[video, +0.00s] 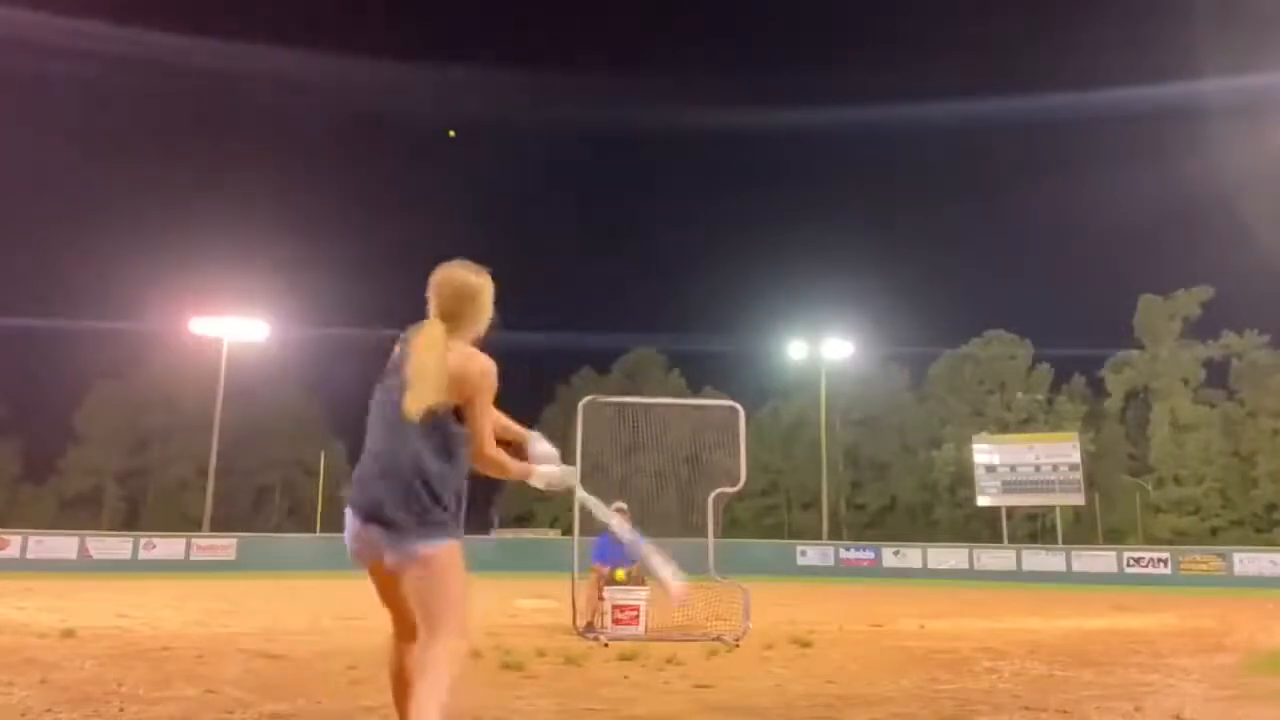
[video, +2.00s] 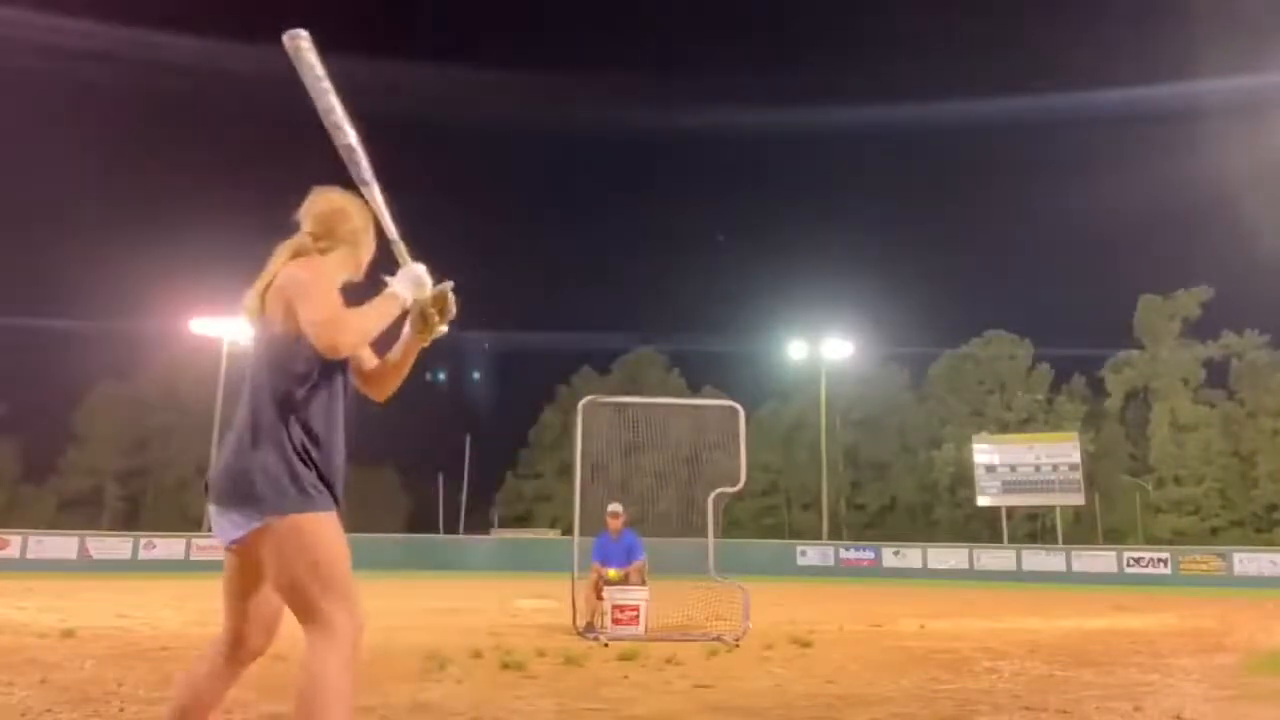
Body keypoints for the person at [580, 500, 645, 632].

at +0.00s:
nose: (619, 520)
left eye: (622, 516)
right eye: (616, 517)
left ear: (628, 519)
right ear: (610, 519)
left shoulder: (634, 539)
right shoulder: (603, 539)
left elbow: (640, 560)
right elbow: (595, 563)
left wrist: (629, 570)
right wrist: (608, 571)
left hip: (629, 571)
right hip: (609, 571)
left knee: (639, 575)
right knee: (595, 577)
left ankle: (638, 620)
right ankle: (589, 621)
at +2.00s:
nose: (614, 521)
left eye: (617, 517)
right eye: (611, 517)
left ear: (623, 518)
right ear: (606, 519)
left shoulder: (631, 537)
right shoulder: (601, 539)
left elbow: (640, 560)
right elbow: (595, 562)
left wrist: (624, 571)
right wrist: (603, 572)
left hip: (625, 571)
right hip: (607, 571)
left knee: (635, 574)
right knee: (593, 579)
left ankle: (635, 619)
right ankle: (589, 621)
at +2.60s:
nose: (610, 520)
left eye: (613, 516)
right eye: (607, 517)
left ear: (621, 517)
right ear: (602, 519)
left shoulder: (631, 537)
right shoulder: (599, 539)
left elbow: (638, 562)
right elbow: (594, 565)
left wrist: (618, 562)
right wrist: (602, 564)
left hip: (624, 574)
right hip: (607, 574)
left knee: (633, 577)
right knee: (592, 579)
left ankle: (631, 620)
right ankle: (589, 621)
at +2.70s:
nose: (610, 520)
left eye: (613, 516)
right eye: (606, 517)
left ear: (619, 517)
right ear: (602, 519)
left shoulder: (630, 537)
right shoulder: (600, 539)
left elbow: (635, 559)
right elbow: (595, 566)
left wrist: (612, 556)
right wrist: (599, 559)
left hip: (624, 572)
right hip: (607, 572)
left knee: (633, 576)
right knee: (592, 579)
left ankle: (632, 619)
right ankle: (590, 621)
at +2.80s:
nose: (607, 521)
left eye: (610, 517)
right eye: (604, 517)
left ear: (617, 518)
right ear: (600, 520)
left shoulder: (627, 536)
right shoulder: (598, 538)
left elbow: (634, 556)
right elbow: (594, 563)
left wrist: (612, 555)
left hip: (624, 572)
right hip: (606, 572)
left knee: (633, 577)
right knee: (592, 580)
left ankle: (631, 619)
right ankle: (590, 621)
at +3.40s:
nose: (598, 525)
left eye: (600, 520)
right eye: (595, 521)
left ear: (608, 520)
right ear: (592, 524)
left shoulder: (623, 536)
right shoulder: (594, 543)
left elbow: (642, 546)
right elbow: (588, 564)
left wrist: (640, 572)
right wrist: (591, 574)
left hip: (623, 572)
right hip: (604, 573)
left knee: (630, 577)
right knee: (592, 579)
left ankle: (628, 621)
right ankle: (589, 622)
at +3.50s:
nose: (598, 524)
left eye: (601, 520)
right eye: (595, 521)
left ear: (608, 520)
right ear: (592, 524)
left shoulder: (622, 534)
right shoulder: (596, 540)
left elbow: (642, 545)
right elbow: (592, 563)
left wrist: (641, 568)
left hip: (623, 572)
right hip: (605, 573)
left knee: (629, 577)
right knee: (592, 580)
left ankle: (627, 620)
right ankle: (589, 622)